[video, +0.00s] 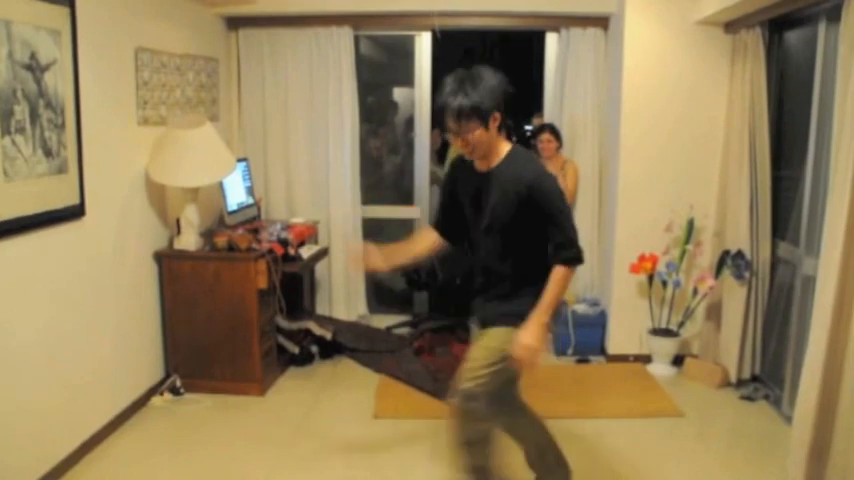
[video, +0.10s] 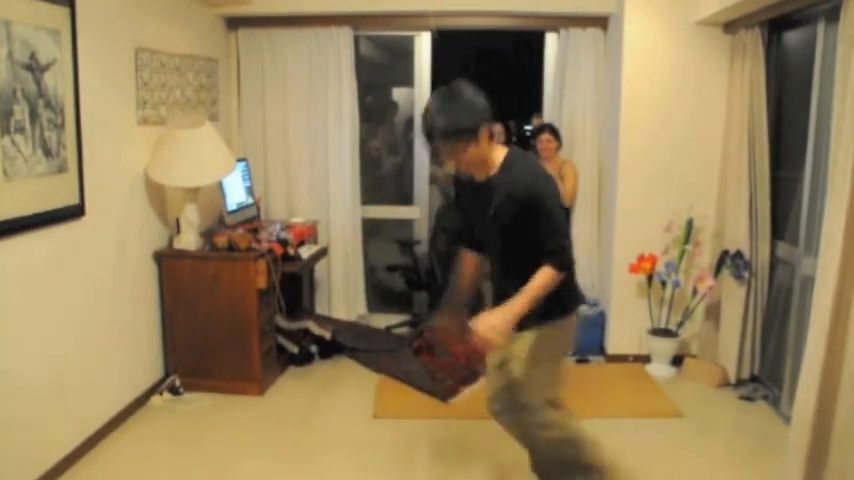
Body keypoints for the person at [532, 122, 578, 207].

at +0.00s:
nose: (544, 146)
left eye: (549, 141)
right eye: (540, 141)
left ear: (558, 143)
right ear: (536, 144)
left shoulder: (568, 166)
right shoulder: (534, 165)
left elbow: (569, 198)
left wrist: (558, 176)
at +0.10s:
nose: (544, 146)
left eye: (549, 141)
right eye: (540, 141)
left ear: (558, 144)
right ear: (535, 144)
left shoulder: (566, 167)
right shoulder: (531, 166)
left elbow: (567, 200)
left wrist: (554, 176)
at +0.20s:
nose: (544, 146)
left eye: (549, 142)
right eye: (540, 142)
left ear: (558, 145)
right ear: (535, 145)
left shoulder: (567, 168)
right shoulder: (530, 169)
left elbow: (567, 204)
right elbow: (527, 198)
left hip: (558, 227)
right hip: (534, 226)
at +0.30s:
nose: (544, 147)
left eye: (549, 142)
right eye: (540, 143)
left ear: (557, 145)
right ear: (535, 146)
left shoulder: (567, 168)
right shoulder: (530, 169)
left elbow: (568, 203)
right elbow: (525, 198)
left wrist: (543, 190)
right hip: (534, 227)